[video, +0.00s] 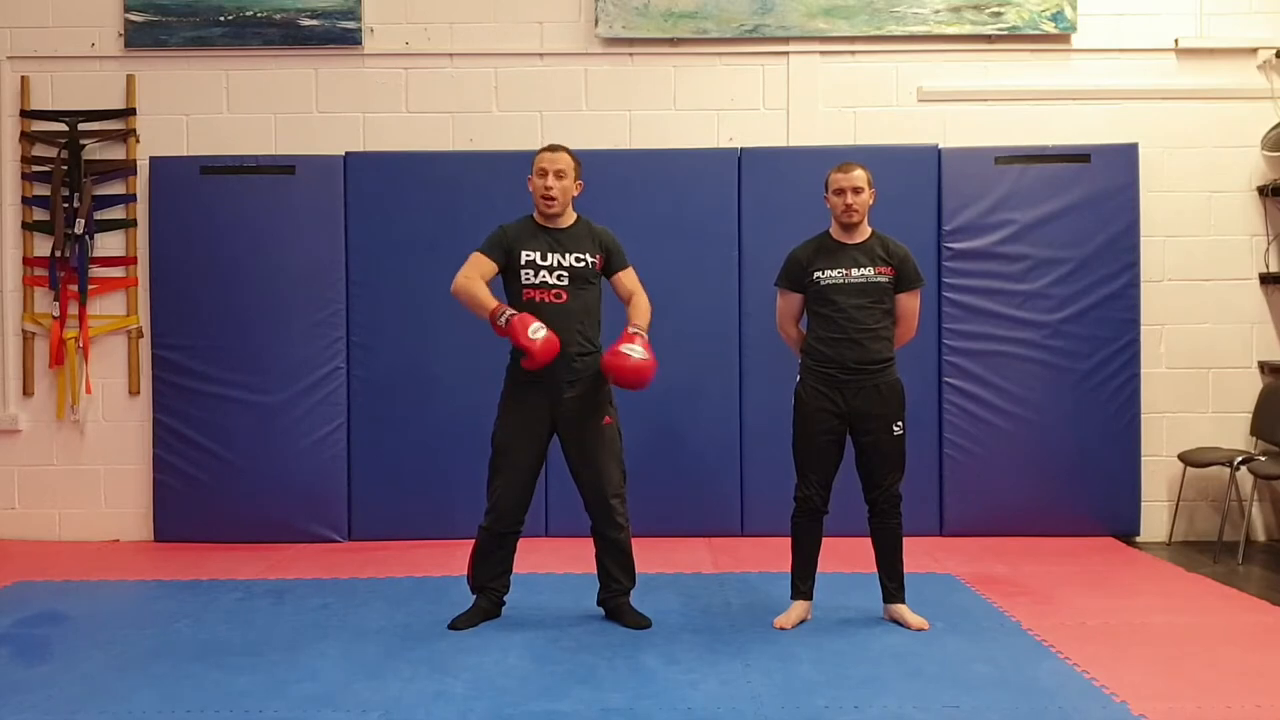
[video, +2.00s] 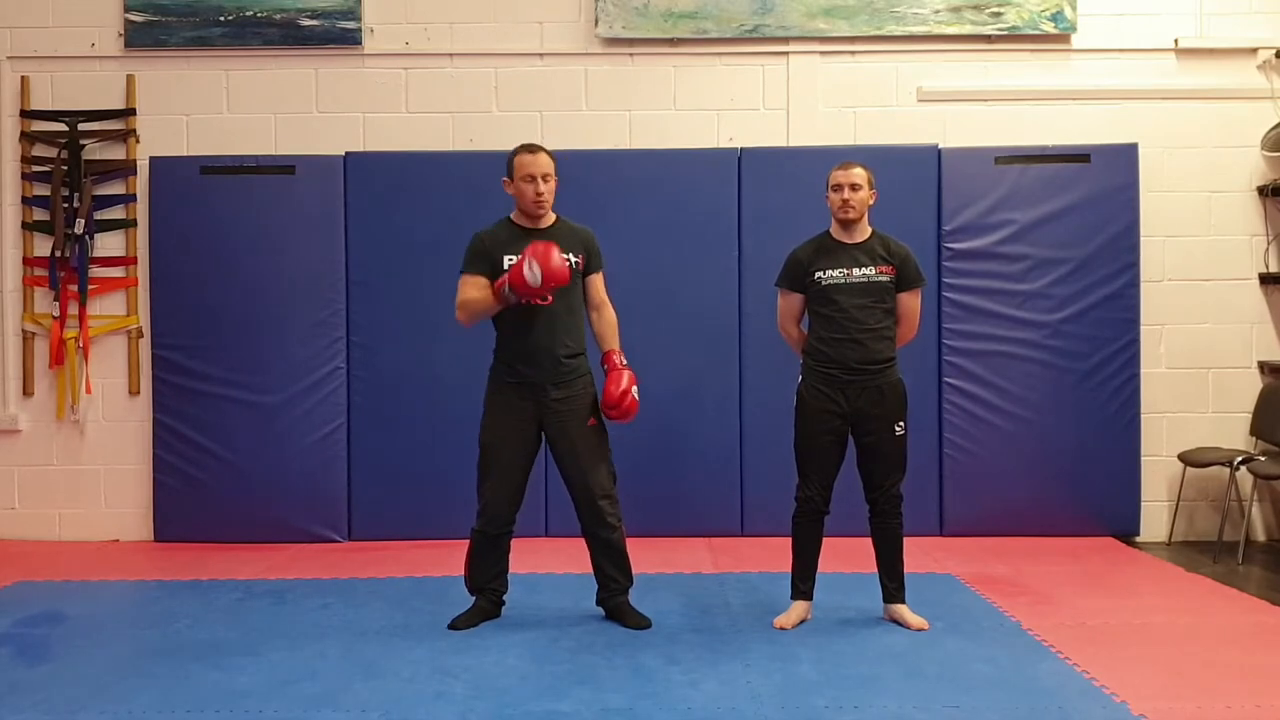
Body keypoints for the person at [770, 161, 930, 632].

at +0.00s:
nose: (848, 199)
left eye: (856, 191)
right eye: (839, 192)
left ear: (871, 196)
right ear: (827, 199)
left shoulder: (896, 256)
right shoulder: (804, 258)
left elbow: (907, 328)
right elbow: (787, 326)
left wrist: (865, 353)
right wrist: (823, 357)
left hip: (878, 391)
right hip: (819, 392)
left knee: (885, 498)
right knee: (809, 497)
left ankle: (894, 601)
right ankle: (801, 598)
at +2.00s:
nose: (845, 196)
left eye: (854, 188)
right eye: (837, 188)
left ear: (872, 196)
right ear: (827, 197)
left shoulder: (897, 256)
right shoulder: (805, 258)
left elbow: (908, 327)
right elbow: (788, 325)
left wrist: (866, 353)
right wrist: (822, 357)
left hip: (880, 392)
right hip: (821, 393)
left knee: (886, 499)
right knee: (811, 497)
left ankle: (894, 601)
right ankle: (801, 599)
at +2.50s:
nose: (835, 202)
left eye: (845, 194)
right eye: (831, 194)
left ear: (871, 199)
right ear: (828, 199)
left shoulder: (900, 255)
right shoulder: (812, 259)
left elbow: (923, 322)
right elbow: (807, 325)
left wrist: (908, 376)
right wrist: (805, 376)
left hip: (884, 390)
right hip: (824, 391)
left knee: (888, 500)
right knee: (810, 496)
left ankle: (892, 600)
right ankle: (799, 597)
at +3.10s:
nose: (838, 210)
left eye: (846, 201)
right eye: (836, 201)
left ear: (875, 201)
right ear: (853, 202)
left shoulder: (901, 251)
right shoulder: (840, 254)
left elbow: (906, 320)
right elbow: (827, 327)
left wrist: (865, 338)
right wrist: (820, 308)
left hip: (884, 382)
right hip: (840, 381)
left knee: (884, 490)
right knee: (836, 488)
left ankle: (892, 602)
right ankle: (857, 590)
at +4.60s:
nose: (811, 231)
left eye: (814, 220)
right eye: (810, 221)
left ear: (837, 215)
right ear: (842, 215)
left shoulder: (862, 266)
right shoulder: (841, 263)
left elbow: (874, 342)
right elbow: (840, 329)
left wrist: (819, 372)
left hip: (865, 388)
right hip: (843, 385)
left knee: (872, 499)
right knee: (844, 496)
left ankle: (908, 606)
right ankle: (868, 583)